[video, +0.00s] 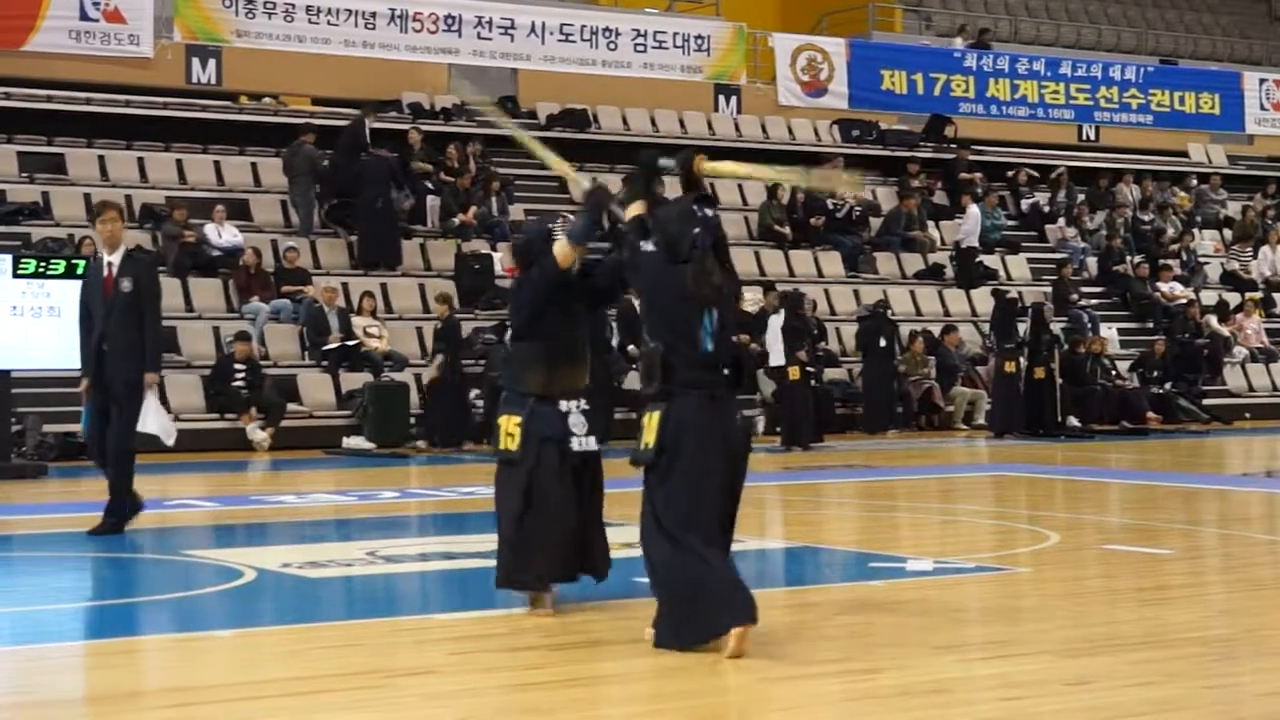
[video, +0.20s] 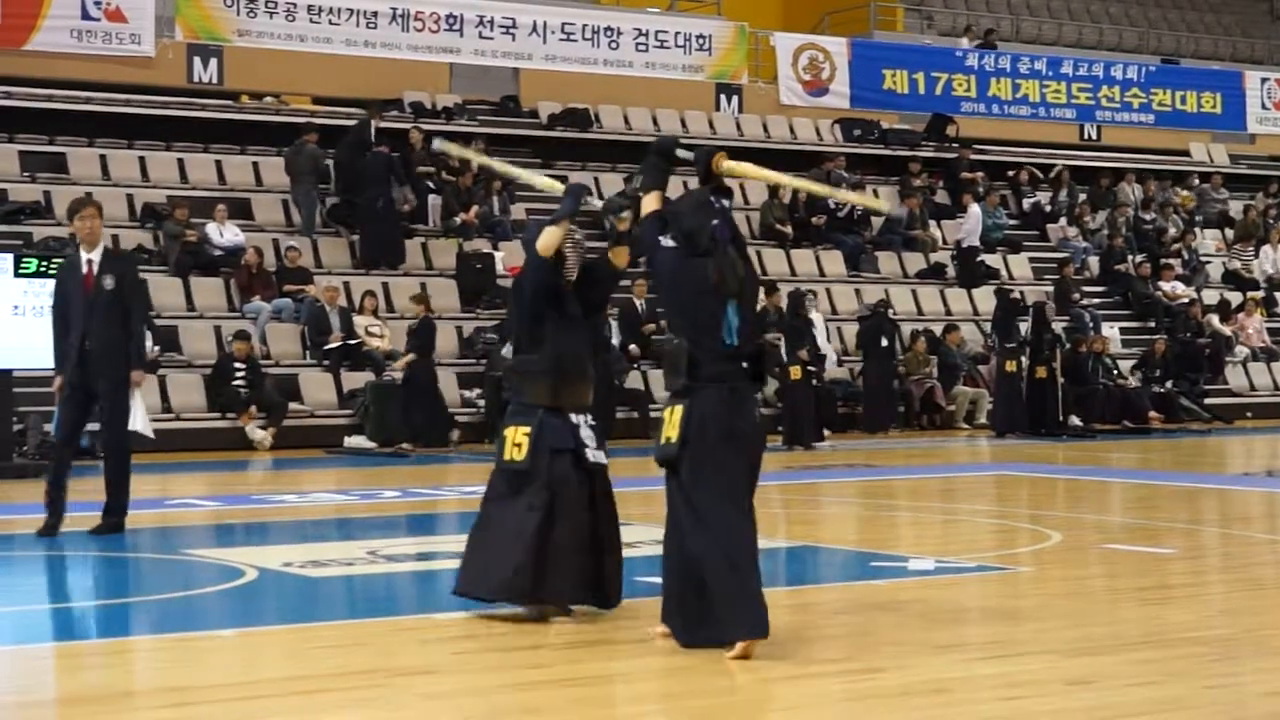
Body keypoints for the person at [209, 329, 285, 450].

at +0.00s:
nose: (242, 349)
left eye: (245, 345)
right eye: (240, 345)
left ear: (250, 347)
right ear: (234, 346)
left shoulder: (254, 364)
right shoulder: (223, 362)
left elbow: (257, 387)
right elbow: (214, 385)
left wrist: (254, 407)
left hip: (249, 398)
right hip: (225, 399)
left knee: (278, 404)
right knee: (235, 394)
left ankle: (265, 437)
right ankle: (251, 429)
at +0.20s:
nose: (239, 351)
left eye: (242, 348)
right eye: (236, 347)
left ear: (249, 347)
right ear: (232, 345)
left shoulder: (253, 363)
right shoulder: (224, 360)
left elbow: (258, 385)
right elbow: (215, 384)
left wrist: (254, 404)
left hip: (250, 397)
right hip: (229, 397)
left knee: (280, 403)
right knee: (231, 393)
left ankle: (268, 435)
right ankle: (250, 428)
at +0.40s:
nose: (232, 347)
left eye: (236, 344)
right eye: (231, 344)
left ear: (245, 345)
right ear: (228, 344)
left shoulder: (252, 362)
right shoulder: (221, 361)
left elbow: (260, 384)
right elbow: (214, 385)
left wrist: (254, 400)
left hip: (251, 397)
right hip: (228, 399)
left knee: (281, 403)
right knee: (234, 394)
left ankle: (269, 435)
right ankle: (248, 427)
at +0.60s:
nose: (230, 346)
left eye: (234, 343)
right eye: (229, 343)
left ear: (243, 345)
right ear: (227, 344)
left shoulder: (251, 361)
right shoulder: (220, 361)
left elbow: (259, 383)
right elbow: (213, 385)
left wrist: (254, 399)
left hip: (251, 398)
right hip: (227, 400)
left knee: (281, 403)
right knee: (235, 394)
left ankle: (269, 435)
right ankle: (248, 428)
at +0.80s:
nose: (227, 345)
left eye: (231, 341)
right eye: (227, 341)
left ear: (241, 344)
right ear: (225, 342)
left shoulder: (251, 360)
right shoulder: (220, 360)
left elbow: (260, 382)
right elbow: (214, 384)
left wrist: (255, 398)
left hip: (251, 396)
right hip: (228, 398)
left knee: (282, 402)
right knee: (236, 394)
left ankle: (270, 435)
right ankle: (249, 427)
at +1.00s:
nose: (227, 344)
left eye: (231, 341)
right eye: (227, 341)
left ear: (242, 343)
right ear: (226, 342)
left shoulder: (251, 360)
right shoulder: (220, 360)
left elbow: (261, 382)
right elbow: (215, 384)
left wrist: (256, 397)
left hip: (251, 394)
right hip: (229, 397)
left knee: (282, 402)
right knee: (236, 395)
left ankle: (271, 434)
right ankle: (249, 427)